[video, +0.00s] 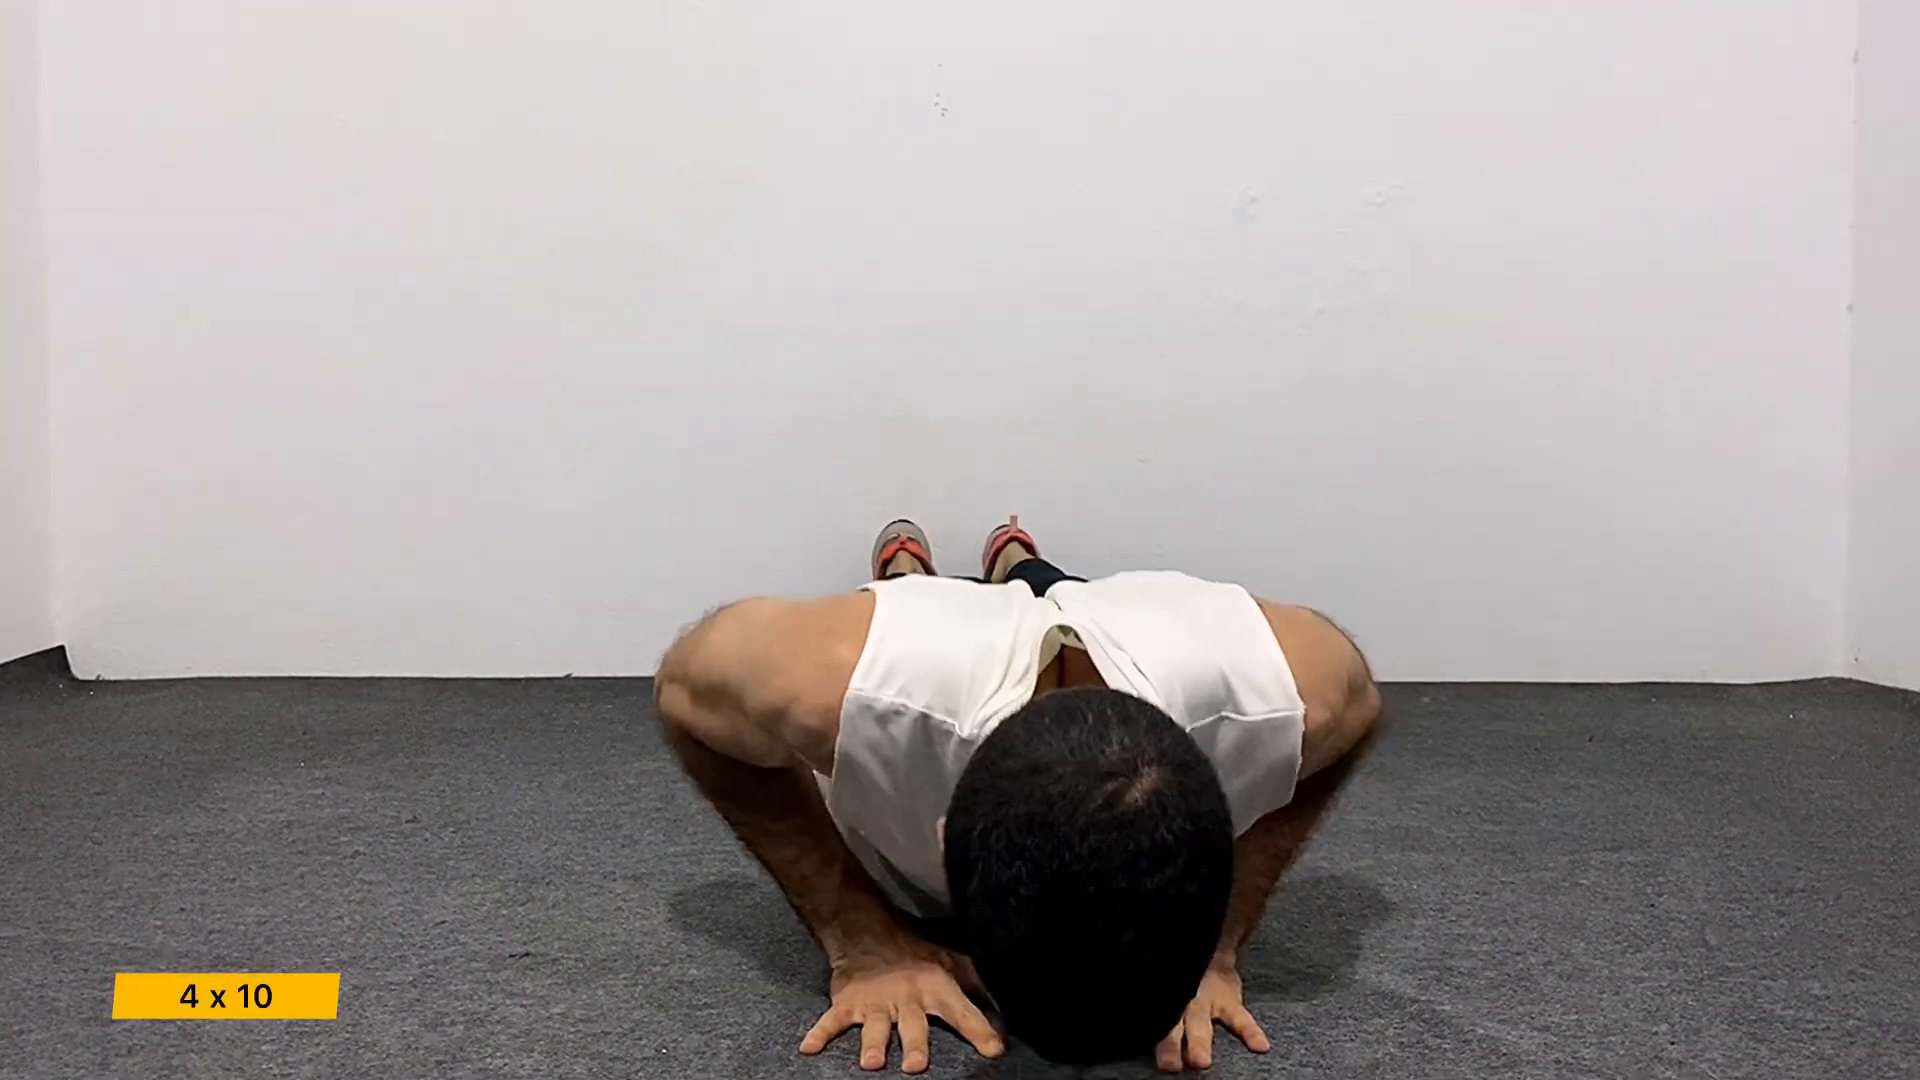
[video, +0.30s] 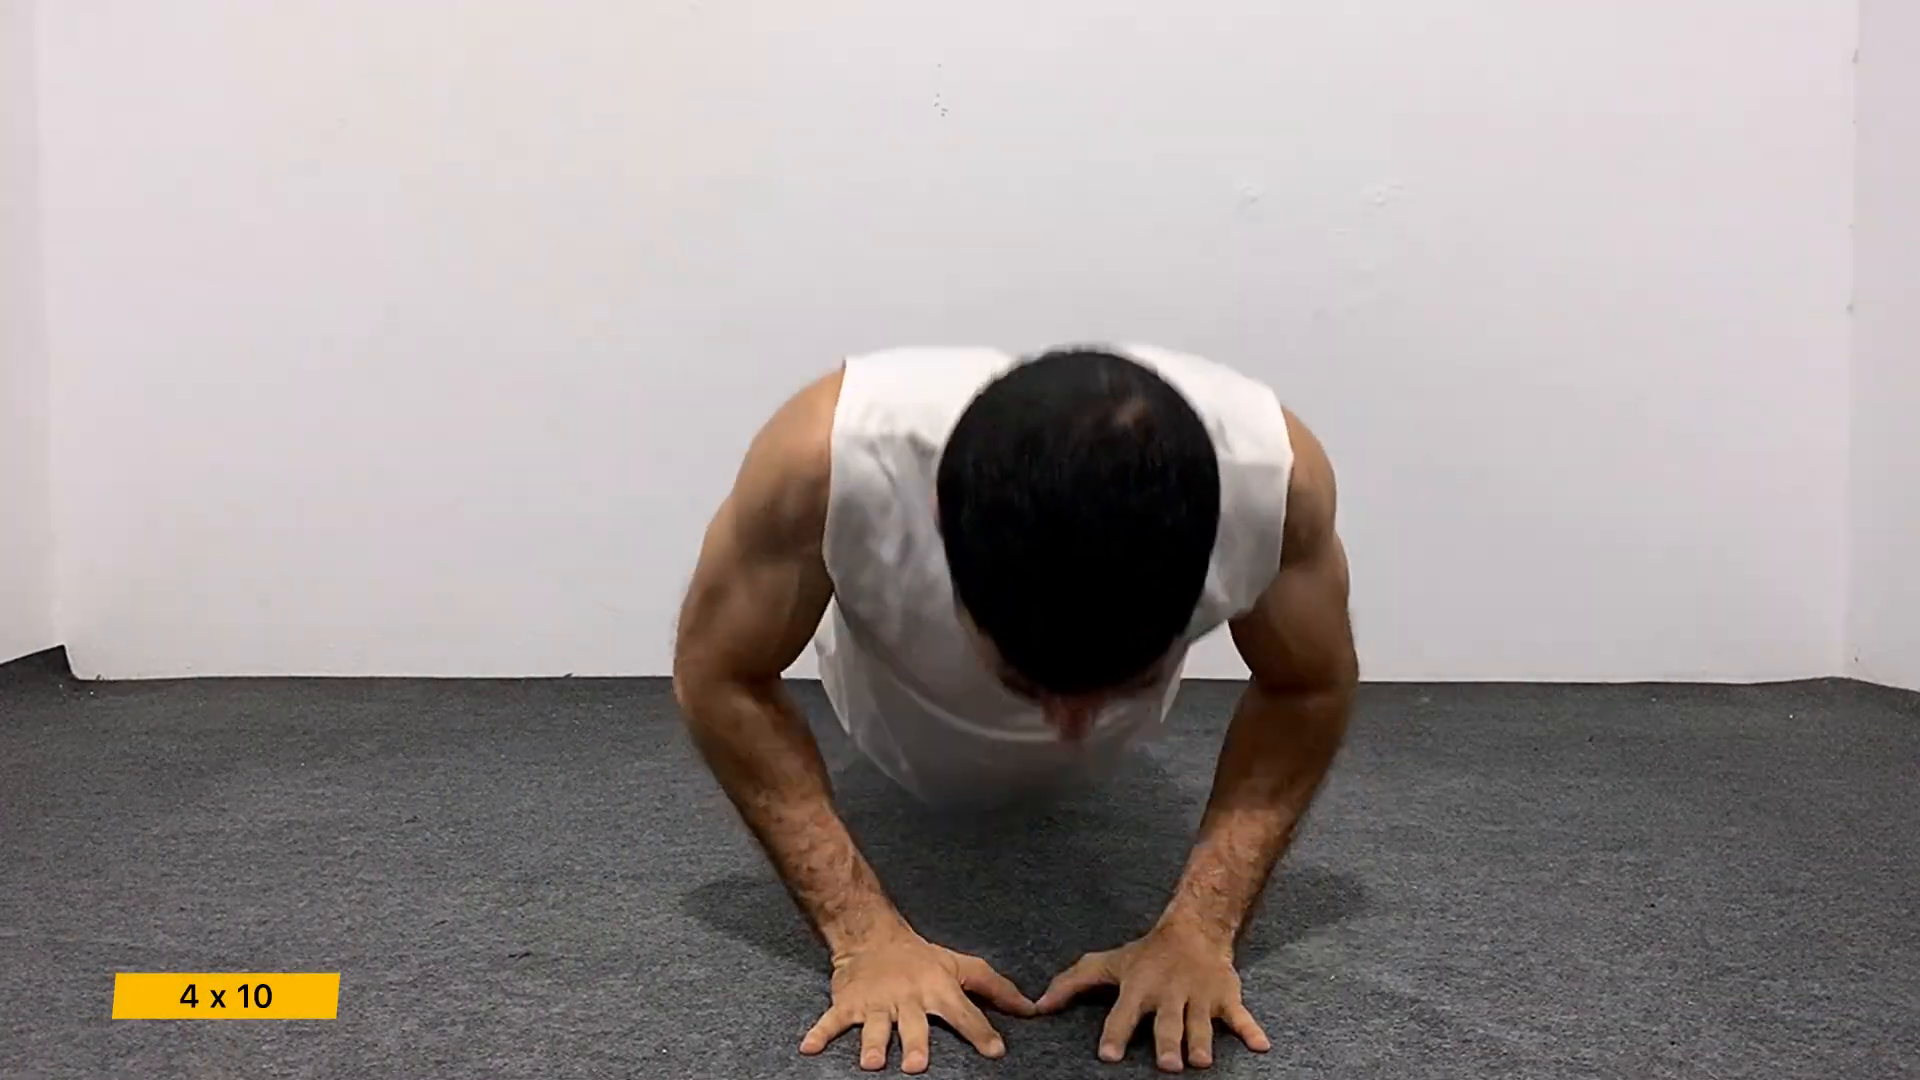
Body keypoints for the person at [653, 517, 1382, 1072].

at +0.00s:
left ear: (1222, 814)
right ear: (948, 841)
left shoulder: (1300, 690)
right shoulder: (832, 687)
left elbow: (1355, 714)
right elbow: (689, 689)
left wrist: (1224, 945)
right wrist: (858, 934)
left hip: (1106, 620)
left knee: (1039, 592)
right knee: (907, 594)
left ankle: (1014, 563)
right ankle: (904, 566)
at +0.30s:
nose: (1072, 720)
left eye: (1118, 686)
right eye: (1032, 686)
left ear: (1200, 570)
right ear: (959, 583)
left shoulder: (1276, 483)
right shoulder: (826, 459)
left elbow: (1306, 684)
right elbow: (720, 677)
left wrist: (1200, 925)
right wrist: (866, 931)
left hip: (1134, 717)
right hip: (904, 725)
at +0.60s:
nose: (1066, 365)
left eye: (1115, 321)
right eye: (1024, 314)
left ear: (1181, 232)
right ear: (952, 191)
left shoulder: (1265, 257)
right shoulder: (817, 241)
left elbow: (1244, 605)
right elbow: (829, 594)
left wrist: (1194, 933)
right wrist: (874, 931)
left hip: (1095, 565)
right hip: (920, 563)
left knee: (1056, 631)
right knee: (920, 644)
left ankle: (1030, 646)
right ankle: (915, 662)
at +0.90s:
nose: (1073, 460)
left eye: (1122, 419)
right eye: (1031, 417)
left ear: (1185, 321)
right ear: (951, 287)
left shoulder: (1266, 306)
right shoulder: (817, 300)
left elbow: (1272, 629)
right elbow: (772, 622)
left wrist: (1194, 934)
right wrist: (869, 933)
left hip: (1106, 622)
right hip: (915, 630)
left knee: (1072, 669)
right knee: (920, 680)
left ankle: (1047, 673)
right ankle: (920, 680)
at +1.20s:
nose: (1093, 871)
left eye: (1136, 833)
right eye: (1051, 826)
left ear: (1227, 697)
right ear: (967, 672)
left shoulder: (1295, 573)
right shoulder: (826, 569)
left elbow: (1314, 707)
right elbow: (709, 692)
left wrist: (1203, 927)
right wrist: (863, 933)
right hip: (911, 816)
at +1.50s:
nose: (1095, 1072)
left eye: (1134, 1052)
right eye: (1062, 1048)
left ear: (1235, 875)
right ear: (964, 852)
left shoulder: (1301, 694)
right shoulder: (835, 703)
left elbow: (1356, 695)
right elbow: (698, 679)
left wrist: (1225, 939)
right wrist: (857, 931)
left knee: (1055, 624)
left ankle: (1019, 576)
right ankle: (904, 590)